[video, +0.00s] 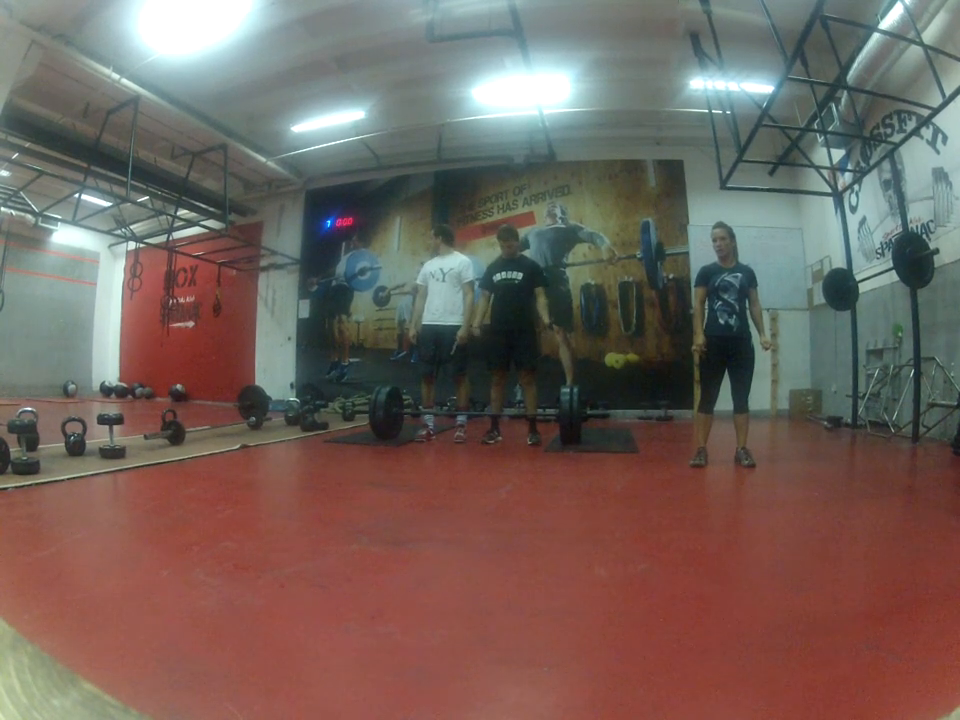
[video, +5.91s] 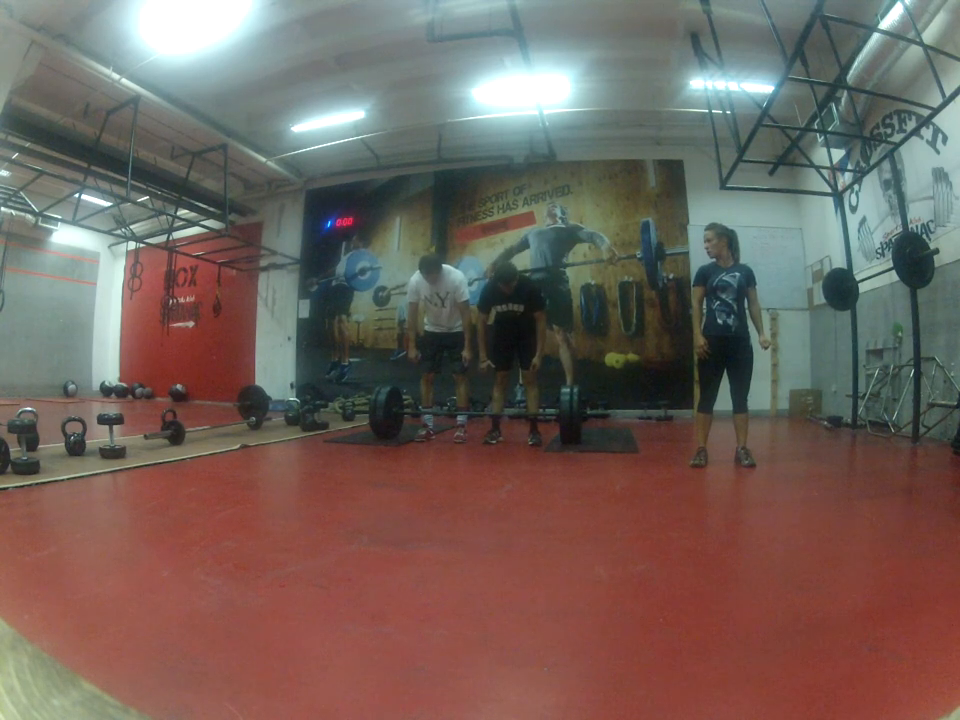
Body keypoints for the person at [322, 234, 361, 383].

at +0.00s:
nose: (353, 243)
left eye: (355, 240)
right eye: (352, 240)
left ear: (360, 242)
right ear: (351, 242)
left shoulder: (361, 256)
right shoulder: (348, 256)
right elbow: (336, 272)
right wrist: (319, 279)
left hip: (345, 289)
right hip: (335, 288)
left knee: (342, 326)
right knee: (333, 327)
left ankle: (345, 362)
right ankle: (335, 361)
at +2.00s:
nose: (353, 243)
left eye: (355, 241)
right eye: (353, 241)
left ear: (360, 242)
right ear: (354, 242)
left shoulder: (361, 256)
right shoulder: (349, 256)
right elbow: (337, 272)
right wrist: (319, 279)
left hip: (345, 288)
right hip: (335, 288)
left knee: (342, 324)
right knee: (333, 325)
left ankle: (345, 363)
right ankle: (335, 361)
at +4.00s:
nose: (352, 243)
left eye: (355, 241)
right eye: (353, 240)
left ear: (361, 243)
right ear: (353, 242)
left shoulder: (359, 257)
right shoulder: (347, 256)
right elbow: (337, 273)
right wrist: (319, 279)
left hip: (345, 288)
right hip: (335, 288)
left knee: (342, 323)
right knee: (334, 325)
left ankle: (345, 362)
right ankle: (335, 360)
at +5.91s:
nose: (353, 243)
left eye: (356, 241)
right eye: (353, 241)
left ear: (361, 243)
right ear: (352, 242)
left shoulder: (360, 256)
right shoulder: (347, 256)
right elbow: (336, 273)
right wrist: (319, 279)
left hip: (346, 288)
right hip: (335, 288)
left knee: (342, 324)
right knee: (334, 324)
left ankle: (345, 362)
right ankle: (335, 361)